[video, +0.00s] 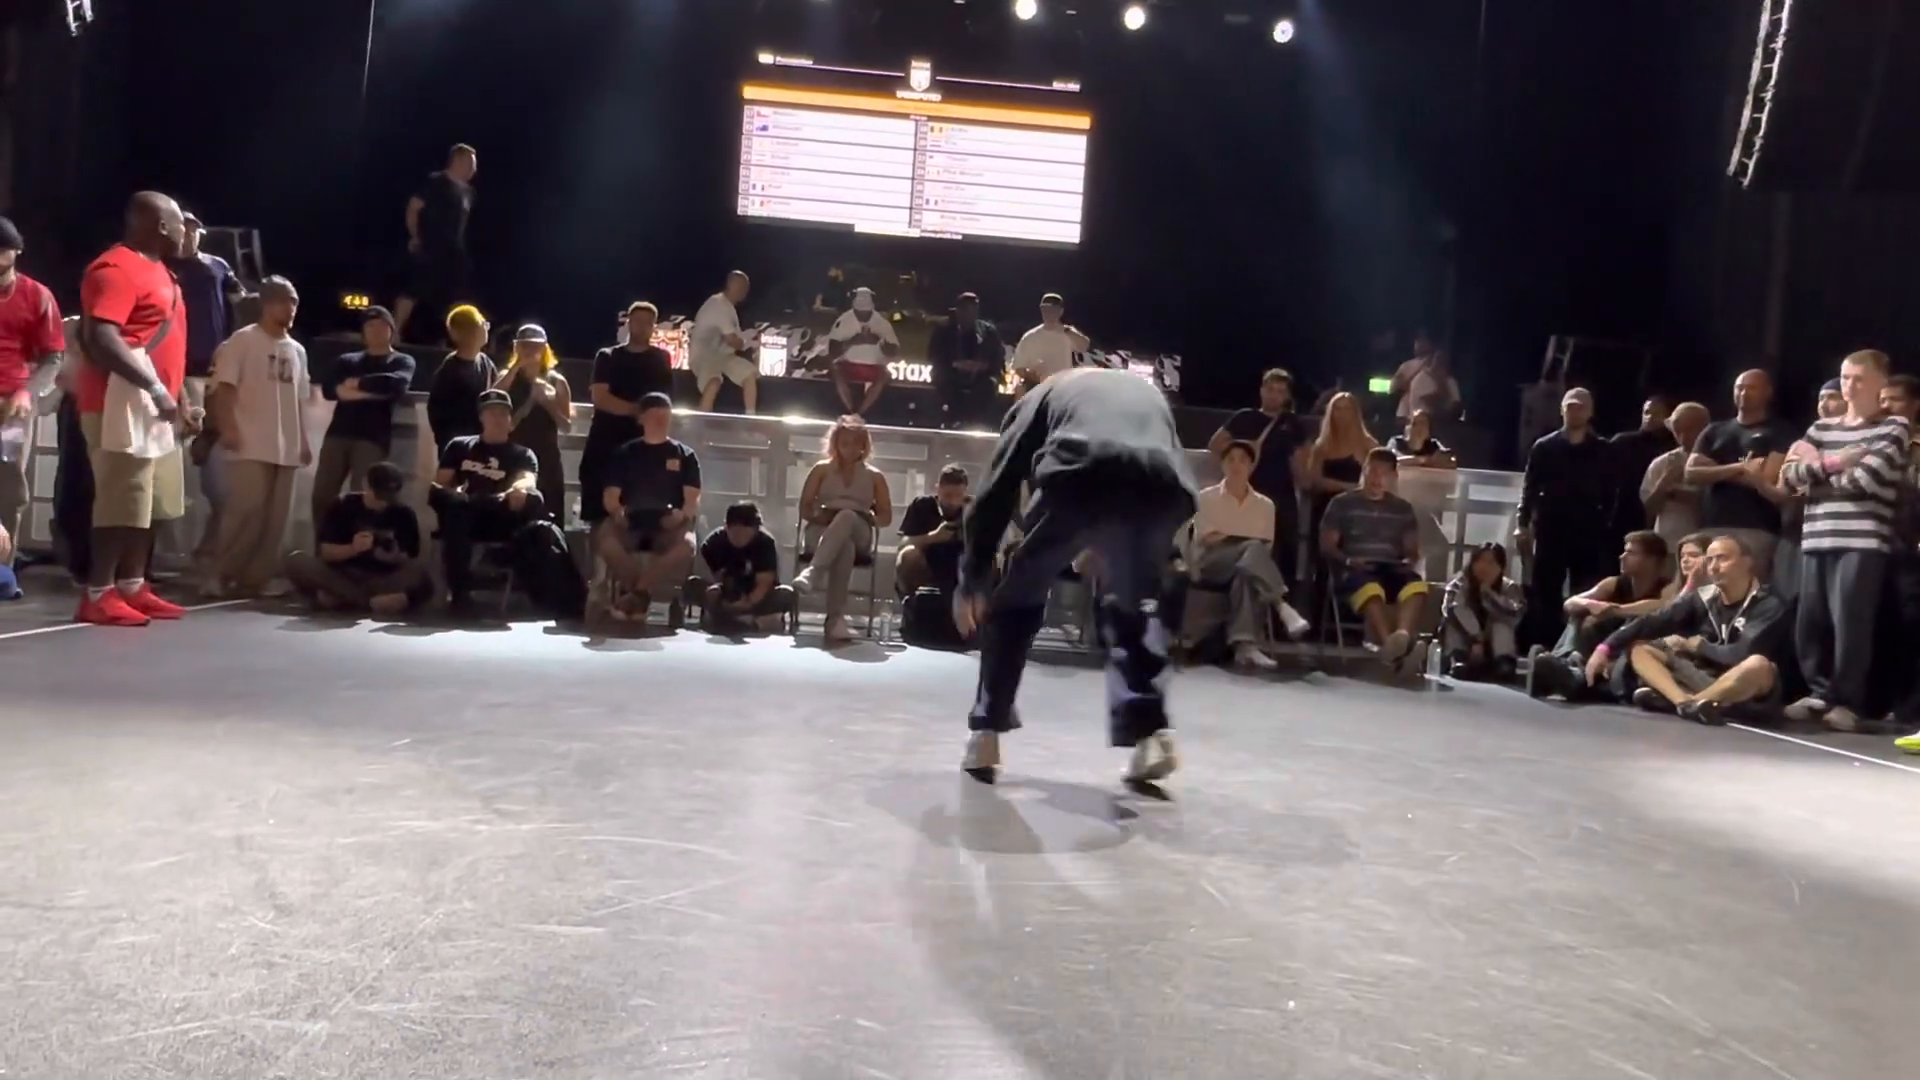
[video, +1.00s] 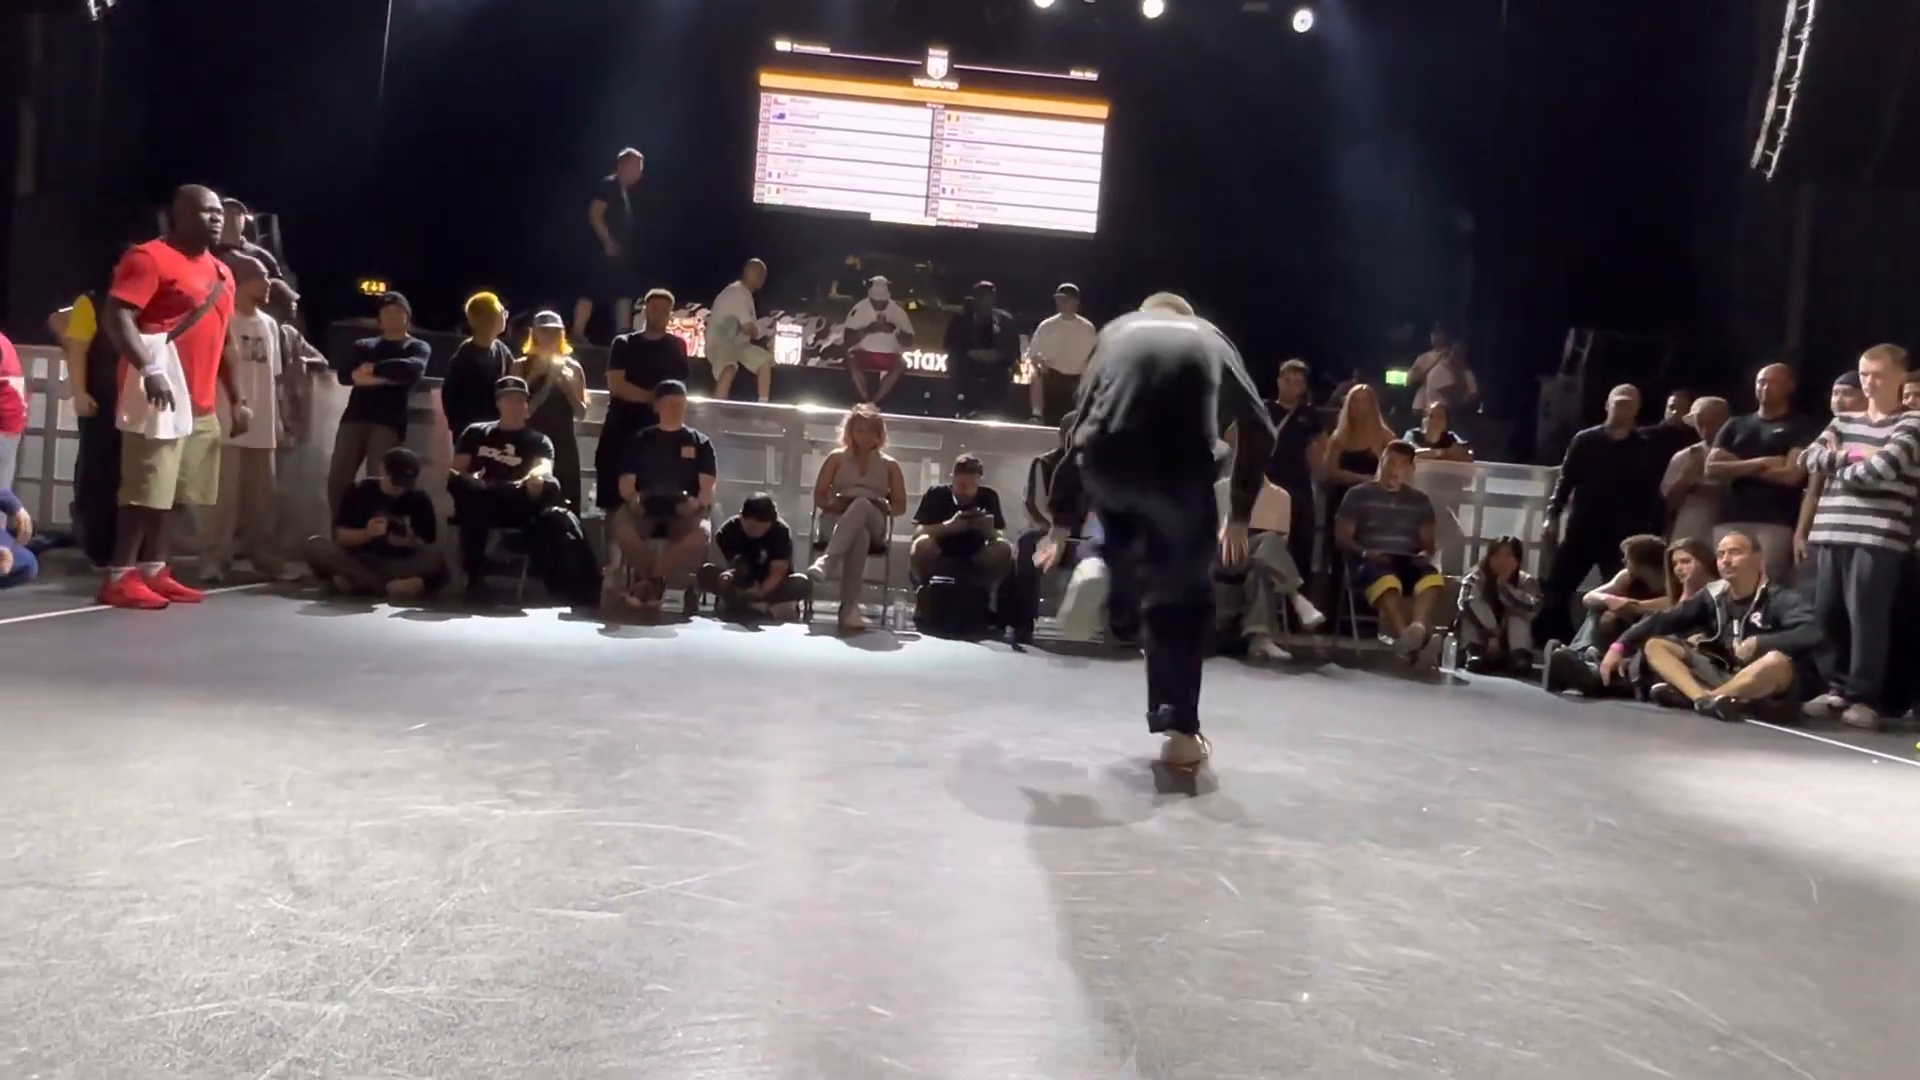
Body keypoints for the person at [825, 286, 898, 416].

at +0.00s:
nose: (864, 314)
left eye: (867, 311)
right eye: (860, 311)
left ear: (872, 308)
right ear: (854, 308)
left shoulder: (882, 322)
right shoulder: (844, 320)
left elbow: (893, 352)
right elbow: (833, 350)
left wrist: (878, 340)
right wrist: (854, 340)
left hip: (874, 366)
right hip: (848, 364)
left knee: (884, 376)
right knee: (836, 370)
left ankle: (860, 412)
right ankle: (851, 411)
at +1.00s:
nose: (879, 305)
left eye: (883, 302)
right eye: (875, 301)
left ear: (888, 298)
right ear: (869, 297)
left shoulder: (897, 311)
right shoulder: (859, 309)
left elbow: (908, 342)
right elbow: (847, 340)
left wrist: (894, 329)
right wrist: (869, 329)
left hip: (889, 355)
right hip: (864, 353)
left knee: (900, 366)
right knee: (852, 361)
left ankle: (875, 402)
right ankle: (866, 401)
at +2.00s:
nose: (889, 297)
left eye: (892, 293)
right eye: (885, 293)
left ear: (897, 289)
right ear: (879, 289)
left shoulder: (906, 302)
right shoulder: (869, 300)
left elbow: (918, 333)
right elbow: (856, 331)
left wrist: (903, 321)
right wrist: (879, 320)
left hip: (898, 346)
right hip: (873, 344)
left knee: (909, 357)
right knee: (861, 352)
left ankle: (884, 393)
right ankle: (875, 391)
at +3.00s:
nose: (890, 296)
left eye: (893, 293)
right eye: (886, 292)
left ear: (899, 289)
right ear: (880, 288)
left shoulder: (908, 302)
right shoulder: (869, 300)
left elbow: (919, 332)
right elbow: (857, 332)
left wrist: (904, 320)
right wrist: (879, 320)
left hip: (900, 346)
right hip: (874, 344)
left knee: (910, 357)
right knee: (863, 353)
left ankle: (885, 392)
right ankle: (876, 391)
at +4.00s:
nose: (890, 296)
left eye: (893, 293)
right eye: (886, 293)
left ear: (898, 290)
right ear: (880, 290)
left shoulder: (907, 303)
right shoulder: (869, 300)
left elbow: (918, 332)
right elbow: (858, 330)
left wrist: (904, 322)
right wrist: (879, 321)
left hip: (899, 347)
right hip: (873, 344)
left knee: (909, 357)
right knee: (863, 352)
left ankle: (885, 393)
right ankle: (875, 392)